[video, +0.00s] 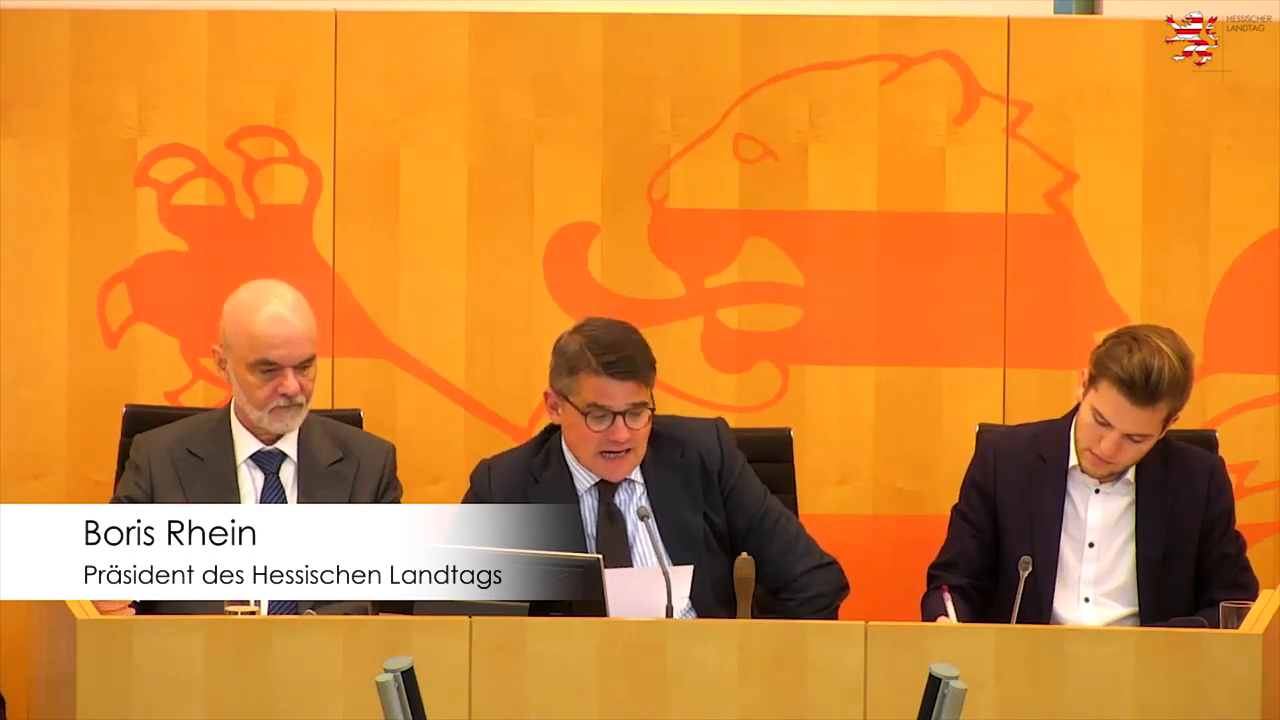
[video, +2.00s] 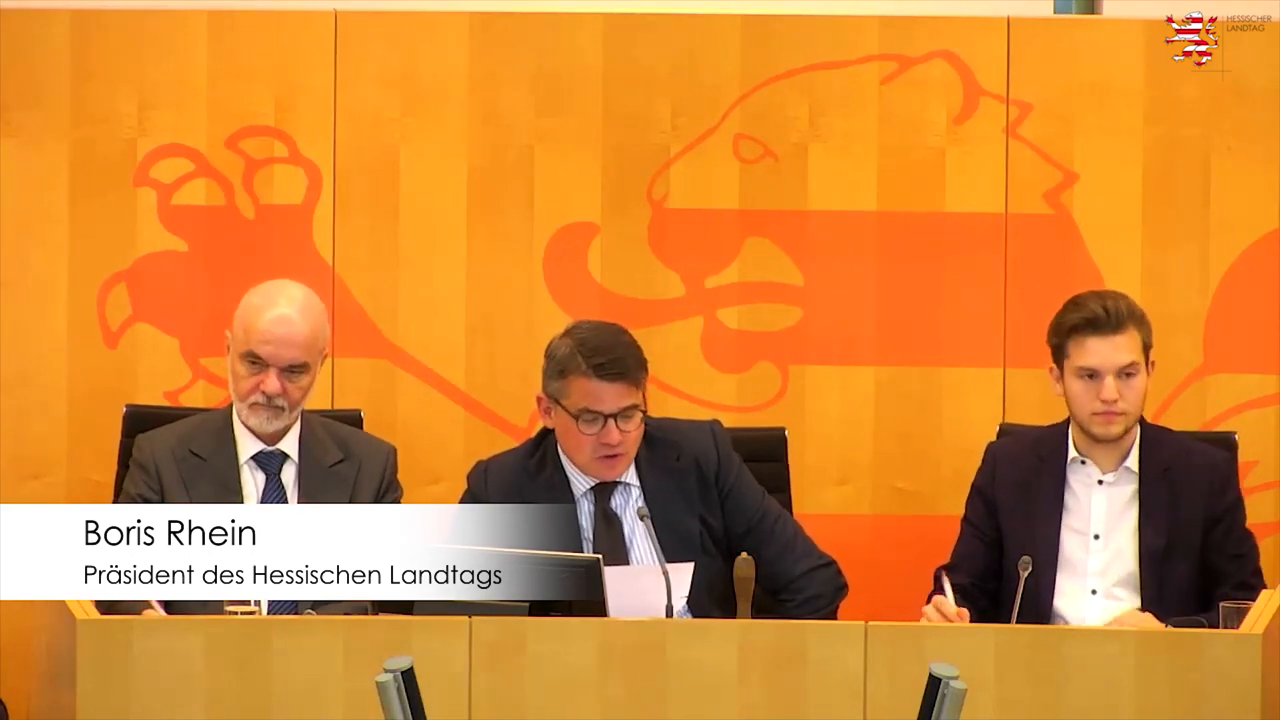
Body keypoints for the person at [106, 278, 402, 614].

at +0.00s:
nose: (292, 389)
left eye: (304, 367)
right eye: (267, 370)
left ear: (317, 357)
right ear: (222, 364)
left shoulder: (371, 461)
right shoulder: (155, 458)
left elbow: (391, 589)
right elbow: (113, 568)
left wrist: (308, 636)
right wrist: (109, 599)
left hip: (327, 666)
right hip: (191, 665)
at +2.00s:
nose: (271, 388)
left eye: (294, 371)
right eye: (254, 363)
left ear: (321, 363)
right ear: (228, 349)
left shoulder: (372, 464)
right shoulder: (159, 456)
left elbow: (384, 589)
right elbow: (118, 575)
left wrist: (312, 635)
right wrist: (148, 620)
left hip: (325, 666)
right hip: (196, 661)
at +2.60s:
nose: (292, 391)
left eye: (308, 371)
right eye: (271, 370)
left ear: (323, 363)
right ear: (228, 358)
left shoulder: (371, 463)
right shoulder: (159, 457)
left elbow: (386, 587)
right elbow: (118, 576)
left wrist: (312, 635)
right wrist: (148, 619)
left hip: (327, 666)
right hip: (197, 661)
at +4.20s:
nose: (274, 392)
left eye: (296, 376)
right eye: (257, 369)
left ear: (322, 362)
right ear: (229, 349)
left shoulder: (372, 464)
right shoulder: (160, 456)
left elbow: (391, 594)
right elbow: (125, 578)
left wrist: (315, 629)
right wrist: (146, 621)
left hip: (331, 676)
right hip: (199, 671)